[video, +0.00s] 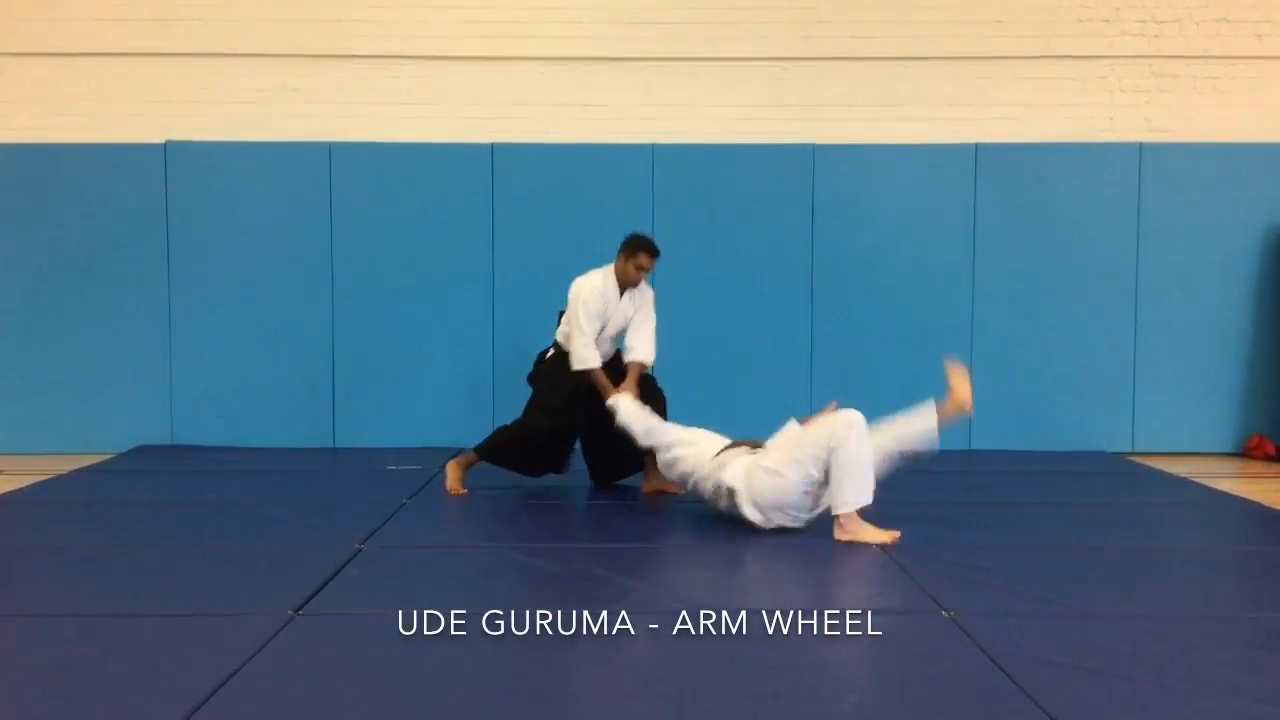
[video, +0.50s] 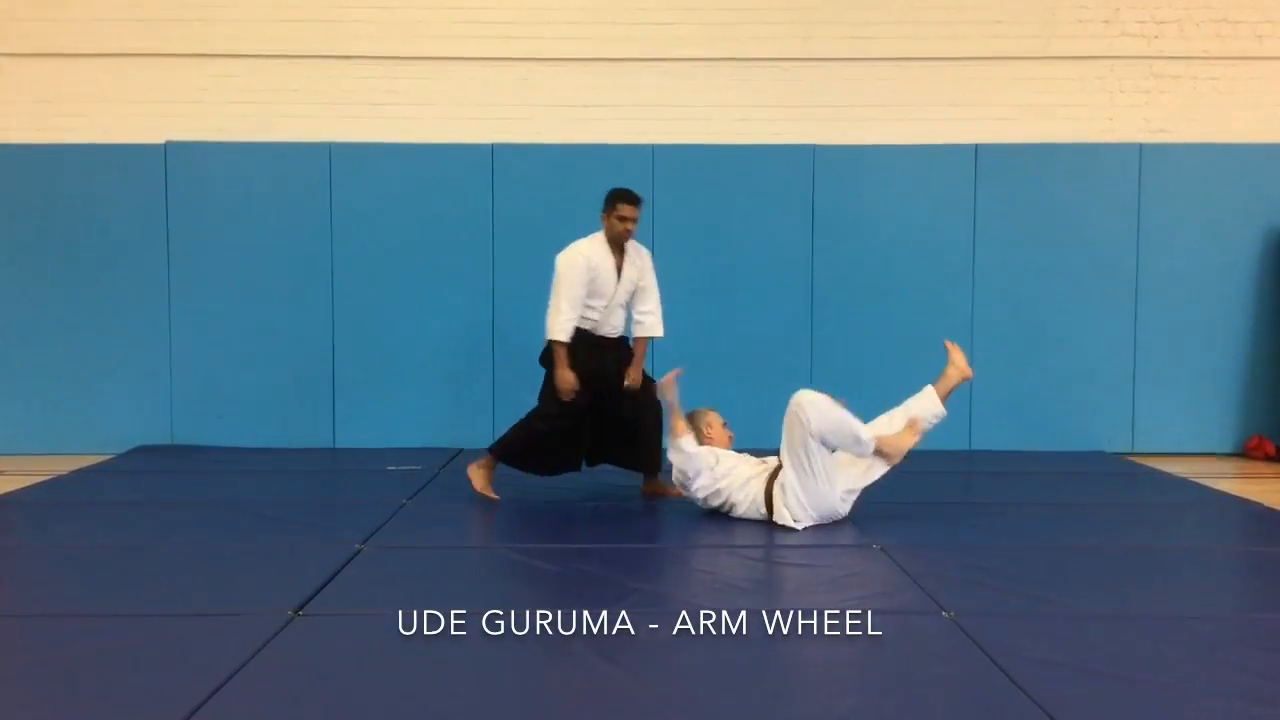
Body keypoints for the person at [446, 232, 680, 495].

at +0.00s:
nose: (642, 277)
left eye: (647, 271)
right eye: (639, 268)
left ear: (650, 269)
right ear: (622, 260)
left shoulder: (643, 293)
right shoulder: (589, 287)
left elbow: (642, 339)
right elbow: (583, 347)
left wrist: (631, 382)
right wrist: (609, 393)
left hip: (607, 364)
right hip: (565, 364)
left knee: (652, 398)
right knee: (539, 430)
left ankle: (653, 477)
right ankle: (462, 463)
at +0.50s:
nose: (629, 227)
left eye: (634, 221)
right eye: (623, 220)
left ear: (638, 222)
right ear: (605, 218)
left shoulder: (640, 257)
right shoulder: (577, 255)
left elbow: (645, 312)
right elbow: (560, 312)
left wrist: (637, 362)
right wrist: (561, 365)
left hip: (613, 350)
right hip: (575, 346)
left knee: (647, 400)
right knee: (552, 415)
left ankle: (652, 482)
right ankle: (485, 465)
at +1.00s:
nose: (527, 174)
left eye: (528, 168)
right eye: (519, 169)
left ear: (527, 173)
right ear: (498, 175)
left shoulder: (533, 217)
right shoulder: (475, 217)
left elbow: (543, 269)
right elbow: (453, 268)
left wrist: (570, 303)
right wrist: (487, 306)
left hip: (518, 316)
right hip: (481, 315)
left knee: (526, 389)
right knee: (482, 395)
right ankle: (472, 481)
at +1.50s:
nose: (460, 188)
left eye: (460, 181)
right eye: (453, 181)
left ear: (440, 188)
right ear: (430, 186)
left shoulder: (447, 233)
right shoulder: (411, 227)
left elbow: (474, 282)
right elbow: (429, 281)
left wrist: (508, 268)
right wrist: (460, 267)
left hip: (449, 328)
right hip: (419, 327)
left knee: (463, 405)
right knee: (392, 407)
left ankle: (455, 491)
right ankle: (350, 493)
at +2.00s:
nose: (428, 188)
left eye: (427, 181)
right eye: (421, 181)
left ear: (406, 185)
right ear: (397, 184)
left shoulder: (416, 228)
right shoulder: (376, 226)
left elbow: (450, 267)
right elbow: (401, 277)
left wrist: (487, 252)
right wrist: (430, 254)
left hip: (432, 327)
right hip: (399, 327)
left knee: (445, 407)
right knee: (377, 411)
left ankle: (449, 491)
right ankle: (346, 497)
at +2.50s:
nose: (429, 189)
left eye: (428, 183)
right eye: (423, 182)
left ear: (406, 187)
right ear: (398, 185)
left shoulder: (419, 229)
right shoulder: (375, 229)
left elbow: (453, 267)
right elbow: (395, 284)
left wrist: (490, 249)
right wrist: (429, 263)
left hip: (426, 331)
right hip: (390, 332)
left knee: (441, 411)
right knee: (371, 417)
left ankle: (451, 492)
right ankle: (343, 504)